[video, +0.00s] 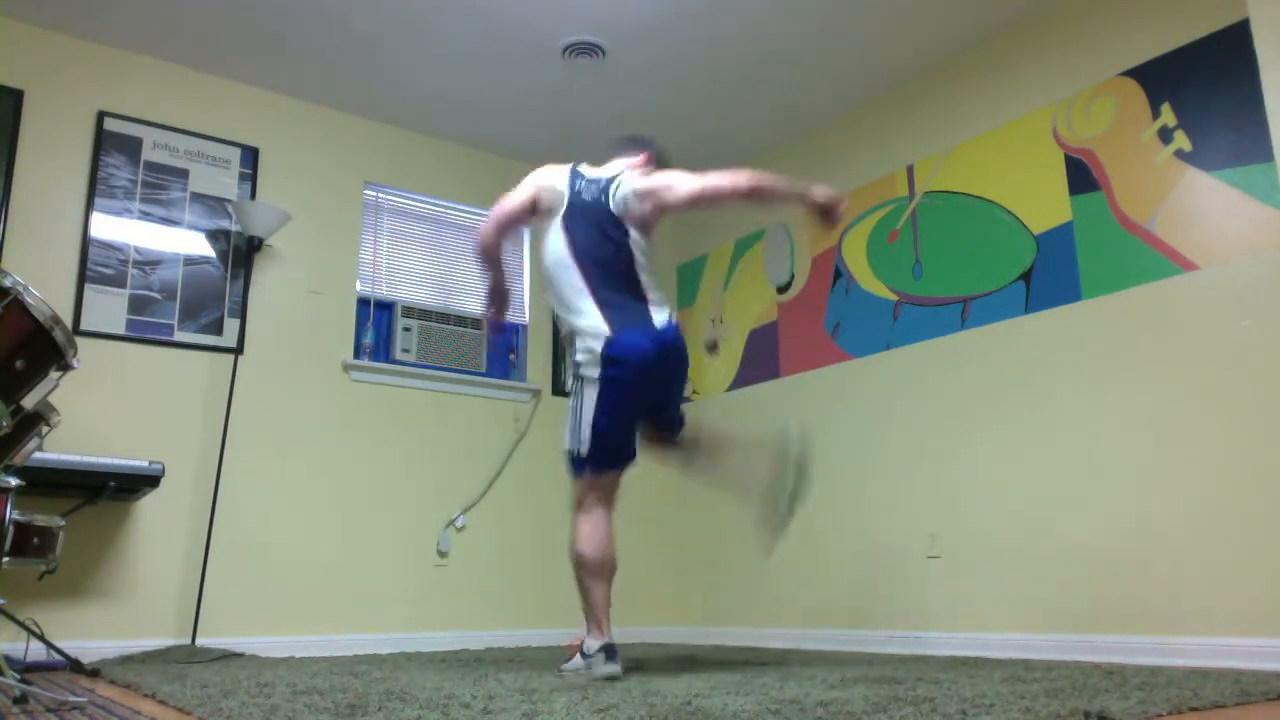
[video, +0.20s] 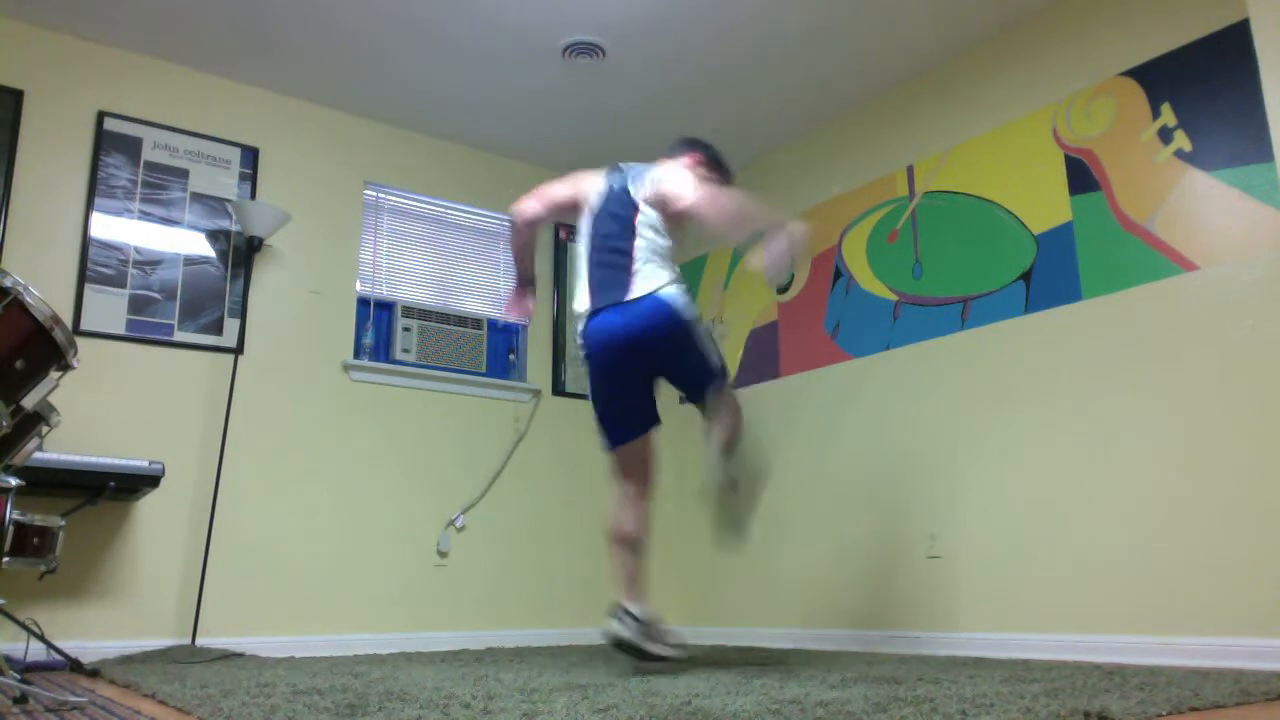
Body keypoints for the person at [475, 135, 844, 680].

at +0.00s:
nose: (650, 186)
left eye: (654, 178)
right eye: (654, 177)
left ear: (610, 155)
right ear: (641, 163)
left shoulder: (550, 179)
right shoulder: (638, 187)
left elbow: (486, 236)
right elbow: (733, 183)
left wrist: (497, 302)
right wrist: (809, 193)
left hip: (606, 357)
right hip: (663, 343)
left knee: (594, 501)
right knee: (666, 434)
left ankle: (598, 644)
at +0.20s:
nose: (703, 193)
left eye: (708, 187)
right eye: (707, 184)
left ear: (665, 155)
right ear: (695, 164)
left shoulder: (597, 180)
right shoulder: (670, 174)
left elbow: (525, 210)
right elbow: (702, 201)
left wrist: (523, 284)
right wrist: (773, 225)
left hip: (600, 332)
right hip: (657, 312)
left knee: (631, 478)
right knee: (720, 404)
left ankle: (631, 610)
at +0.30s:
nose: (725, 228)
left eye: (733, 223)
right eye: (730, 216)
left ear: (696, 181)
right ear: (716, 191)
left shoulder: (637, 213)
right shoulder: (690, 203)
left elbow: (549, 253)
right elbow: (654, 246)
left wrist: (535, 331)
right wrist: (679, 318)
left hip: (608, 364)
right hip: (651, 350)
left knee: (664, 502)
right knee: (729, 460)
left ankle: (651, 636)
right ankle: (702, 592)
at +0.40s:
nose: (742, 254)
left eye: (749, 248)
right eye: (746, 241)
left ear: (731, 226)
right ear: (729, 217)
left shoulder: (685, 262)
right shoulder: (682, 231)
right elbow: (627, 272)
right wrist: (633, 335)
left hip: (620, 388)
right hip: (649, 380)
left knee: (693, 516)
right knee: (729, 498)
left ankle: (650, 641)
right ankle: (718, 633)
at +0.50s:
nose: (736, 245)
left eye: (743, 240)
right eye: (740, 232)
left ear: (729, 224)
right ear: (723, 209)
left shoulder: (688, 258)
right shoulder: (678, 219)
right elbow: (628, 231)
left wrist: (757, 314)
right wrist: (634, 308)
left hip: (631, 381)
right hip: (645, 369)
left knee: (681, 509)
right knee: (753, 436)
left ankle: (651, 640)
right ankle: (734, 568)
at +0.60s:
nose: (741, 207)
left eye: (748, 203)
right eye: (744, 194)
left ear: (742, 200)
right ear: (727, 170)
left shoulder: (697, 227)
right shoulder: (681, 174)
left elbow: (709, 280)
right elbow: (655, 200)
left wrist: (754, 300)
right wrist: (663, 265)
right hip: (641, 306)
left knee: (686, 451)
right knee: (754, 342)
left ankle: (665, 586)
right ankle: (697, 453)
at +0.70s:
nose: (754, 197)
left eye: (763, 193)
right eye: (756, 184)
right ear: (737, 161)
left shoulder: (711, 214)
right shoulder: (688, 172)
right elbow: (686, 215)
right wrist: (720, 252)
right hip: (615, 283)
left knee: (745, 345)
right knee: (730, 315)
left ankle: (685, 427)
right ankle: (658, 401)